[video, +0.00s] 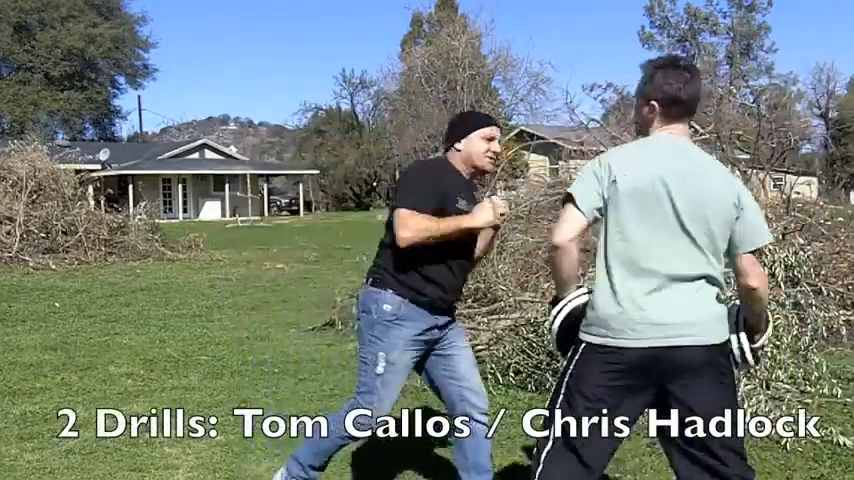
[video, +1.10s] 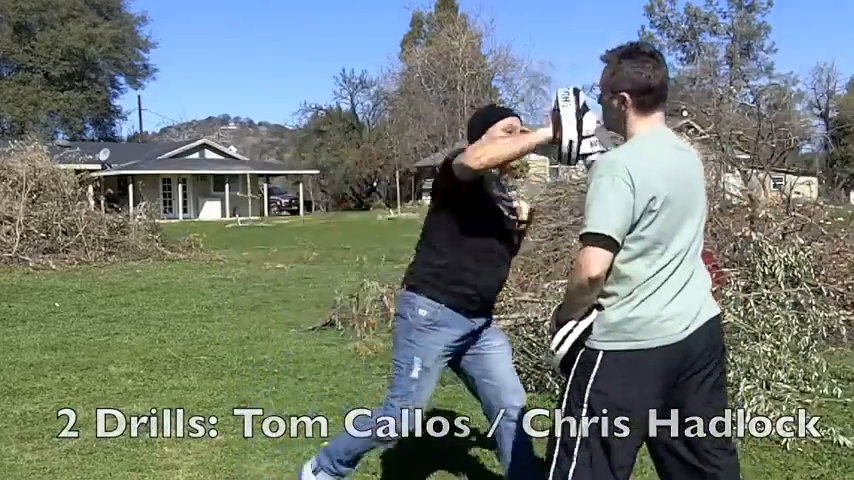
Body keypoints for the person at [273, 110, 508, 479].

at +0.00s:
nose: (496, 148)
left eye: (498, 141)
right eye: (488, 139)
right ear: (459, 142)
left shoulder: (470, 193)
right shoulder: (425, 173)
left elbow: (468, 256)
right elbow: (406, 232)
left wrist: (493, 225)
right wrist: (473, 220)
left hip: (438, 317)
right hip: (394, 308)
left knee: (472, 410)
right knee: (371, 410)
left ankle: (478, 477)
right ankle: (294, 472)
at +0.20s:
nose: (439, 130)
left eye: (443, 123)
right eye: (429, 123)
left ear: (446, 130)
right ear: (405, 129)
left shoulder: (458, 180)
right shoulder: (375, 168)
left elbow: (486, 240)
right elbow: (358, 231)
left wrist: (483, 184)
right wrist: (414, 198)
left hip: (440, 315)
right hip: (380, 313)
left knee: (468, 410)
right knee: (354, 409)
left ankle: (473, 477)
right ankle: (323, 475)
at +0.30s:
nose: (418, 128)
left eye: (424, 119)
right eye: (407, 121)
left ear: (433, 123)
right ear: (390, 128)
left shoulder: (449, 163)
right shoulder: (363, 166)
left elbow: (487, 162)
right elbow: (332, 228)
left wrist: (466, 121)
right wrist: (382, 203)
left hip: (434, 311)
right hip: (369, 309)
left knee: (465, 409)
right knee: (340, 404)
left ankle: (470, 475)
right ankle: (317, 475)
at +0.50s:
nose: (385, 141)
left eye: (391, 130)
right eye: (375, 135)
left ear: (406, 127)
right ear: (365, 136)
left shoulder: (431, 162)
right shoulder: (348, 173)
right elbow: (327, 244)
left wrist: (442, 130)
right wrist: (346, 218)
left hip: (430, 312)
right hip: (364, 310)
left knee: (459, 410)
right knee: (332, 406)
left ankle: (469, 476)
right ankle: (314, 475)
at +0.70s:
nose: (380, 145)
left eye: (385, 134)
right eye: (369, 138)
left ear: (392, 134)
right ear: (350, 143)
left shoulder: (421, 175)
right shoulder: (329, 183)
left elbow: (446, 244)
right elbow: (305, 254)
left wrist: (401, 204)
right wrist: (340, 215)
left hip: (426, 308)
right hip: (359, 311)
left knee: (474, 405)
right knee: (330, 404)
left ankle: (490, 475)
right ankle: (313, 475)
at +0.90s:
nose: (424, 144)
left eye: (427, 135)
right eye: (413, 136)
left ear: (432, 138)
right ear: (388, 145)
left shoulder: (451, 179)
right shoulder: (359, 186)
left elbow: (495, 237)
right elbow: (325, 255)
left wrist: (456, 211)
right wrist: (353, 228)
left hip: (449, 316)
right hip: (383, 318)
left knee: (500, 406)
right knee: (349, 406)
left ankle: (522, 476)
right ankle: (321, 475)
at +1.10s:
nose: (519, 139)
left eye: (522, 133)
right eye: (509, 131)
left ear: (522, 144)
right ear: (481, 139)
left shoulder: (503, 196)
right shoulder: (457, 170)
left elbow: (500, 256)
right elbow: (474, 160)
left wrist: (519, 227)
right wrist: (548, 133)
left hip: (476, 320)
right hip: (429, 311)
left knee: (511, 407)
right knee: (402, 415)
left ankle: (525, 476)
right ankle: (324, 468)